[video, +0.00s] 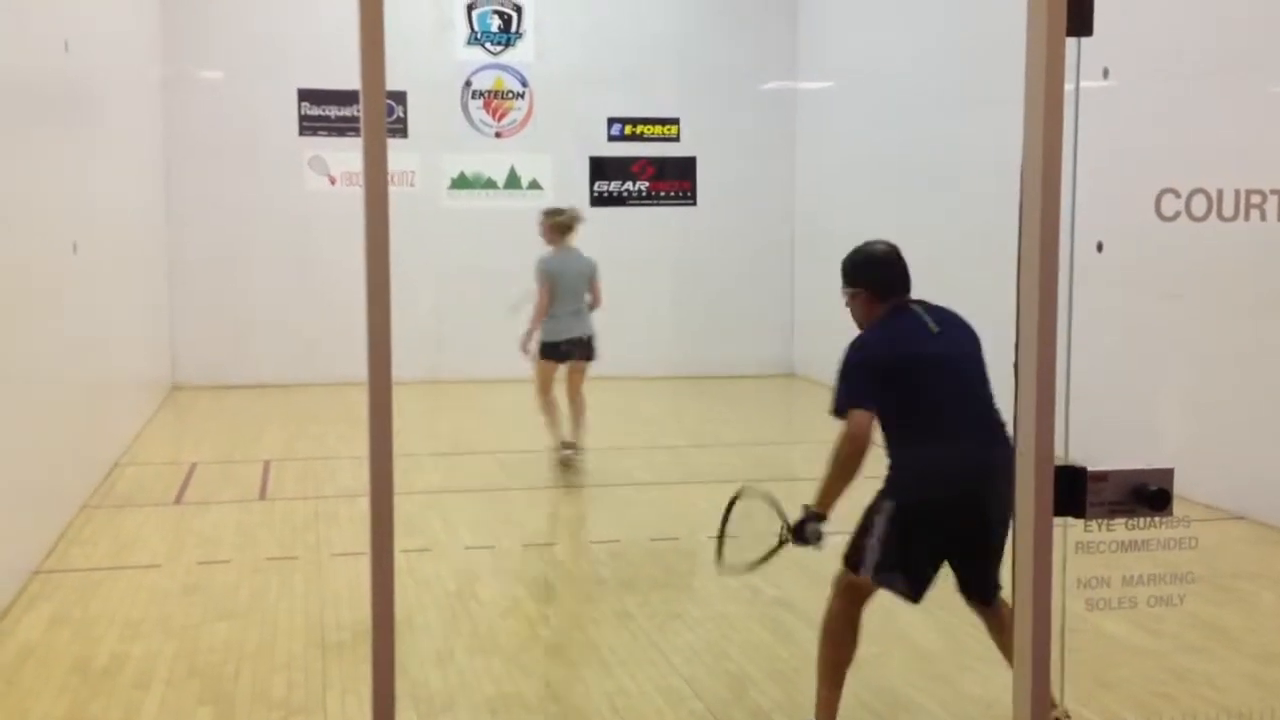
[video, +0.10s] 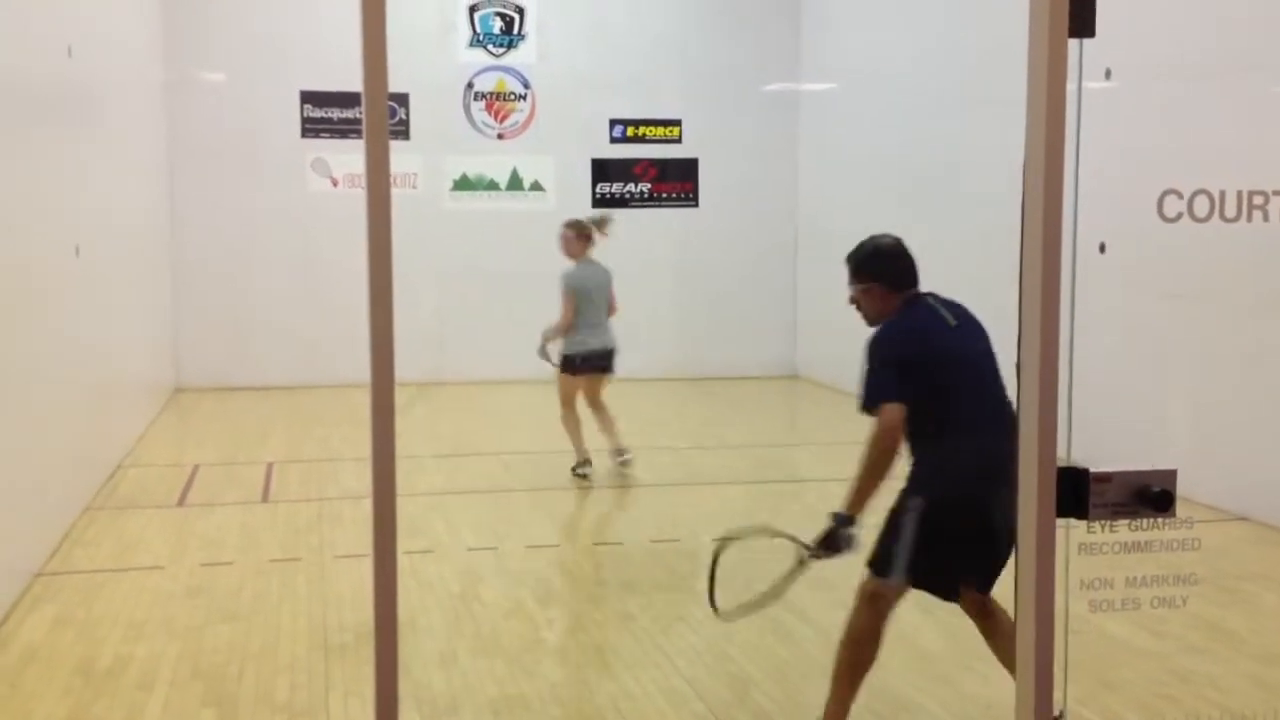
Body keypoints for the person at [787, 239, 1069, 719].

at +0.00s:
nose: (848, 305)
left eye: (849, 296)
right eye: (847, 295)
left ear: (864, 295)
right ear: (904, 287)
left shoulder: (870, 348)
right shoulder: (953, 324)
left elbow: (857, 435)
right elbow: (971, 408)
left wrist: (817, 511)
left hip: (920, 488)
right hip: (992, 481)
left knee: (849, 593)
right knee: (985, 594)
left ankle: (825, 713)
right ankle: (1047, 704)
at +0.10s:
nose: (853, 301)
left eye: (858, 290)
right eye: (853, 290)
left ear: (886, 287)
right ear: (906, 283)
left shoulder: (892, 337)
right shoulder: (955, 315)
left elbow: (890, 428)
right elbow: (981, 405)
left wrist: (847, 515)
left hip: (942, 487)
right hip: (1002, 483)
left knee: (875, 598)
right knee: (975, 596)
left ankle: (835, 711)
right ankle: (1044, 702)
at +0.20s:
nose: (864, 294)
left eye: (871, 284)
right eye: (864, 284)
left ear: (899, 283)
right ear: (914, 279)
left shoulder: (918, 333)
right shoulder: (964, 313)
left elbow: (928, 430)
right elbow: (991, 408)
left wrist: (888, 522)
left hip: (958, 490)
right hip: (1002, 486)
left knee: (893, 602)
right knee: (986, 598)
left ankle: (850, 714)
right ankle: (1049, 703)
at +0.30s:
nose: (874, 294)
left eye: (880, 282)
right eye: (874, 282)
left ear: (911, 280)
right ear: (924, 277)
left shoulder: (934, 332)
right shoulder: (968, 313)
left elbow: (955, 431)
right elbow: (986, 416)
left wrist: (931, 502)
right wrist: (944, 493)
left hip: (974, 484)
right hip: (1008, 481)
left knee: (899, 596)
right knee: (988, 592)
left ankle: (893, 712)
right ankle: (1048, 696)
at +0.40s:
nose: (878, 287)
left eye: (885, 274)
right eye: (879, 275)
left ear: (917, 275)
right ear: (926, 273)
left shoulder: (943, 331)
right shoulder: (966, 311)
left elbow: (975, 429)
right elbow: (962, 416)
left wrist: (955, 523)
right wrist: (935, 480)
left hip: (974, 493)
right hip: (1007, 485)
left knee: (907, 607)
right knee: (994, 597)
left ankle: (936, 714)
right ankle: (1053, 698)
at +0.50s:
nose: (875, 289)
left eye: (885, 276)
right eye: (877, 276)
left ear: (921, 279)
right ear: (922, 279)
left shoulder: (953, 333)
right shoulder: (946, 321)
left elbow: (995, 440)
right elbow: (952, 414)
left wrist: (970, 532)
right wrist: (926, 478)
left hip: (982, 497)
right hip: (1004, 490)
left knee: (916, 623)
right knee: (991, 604)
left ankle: (939, 715)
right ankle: (1058, 702)